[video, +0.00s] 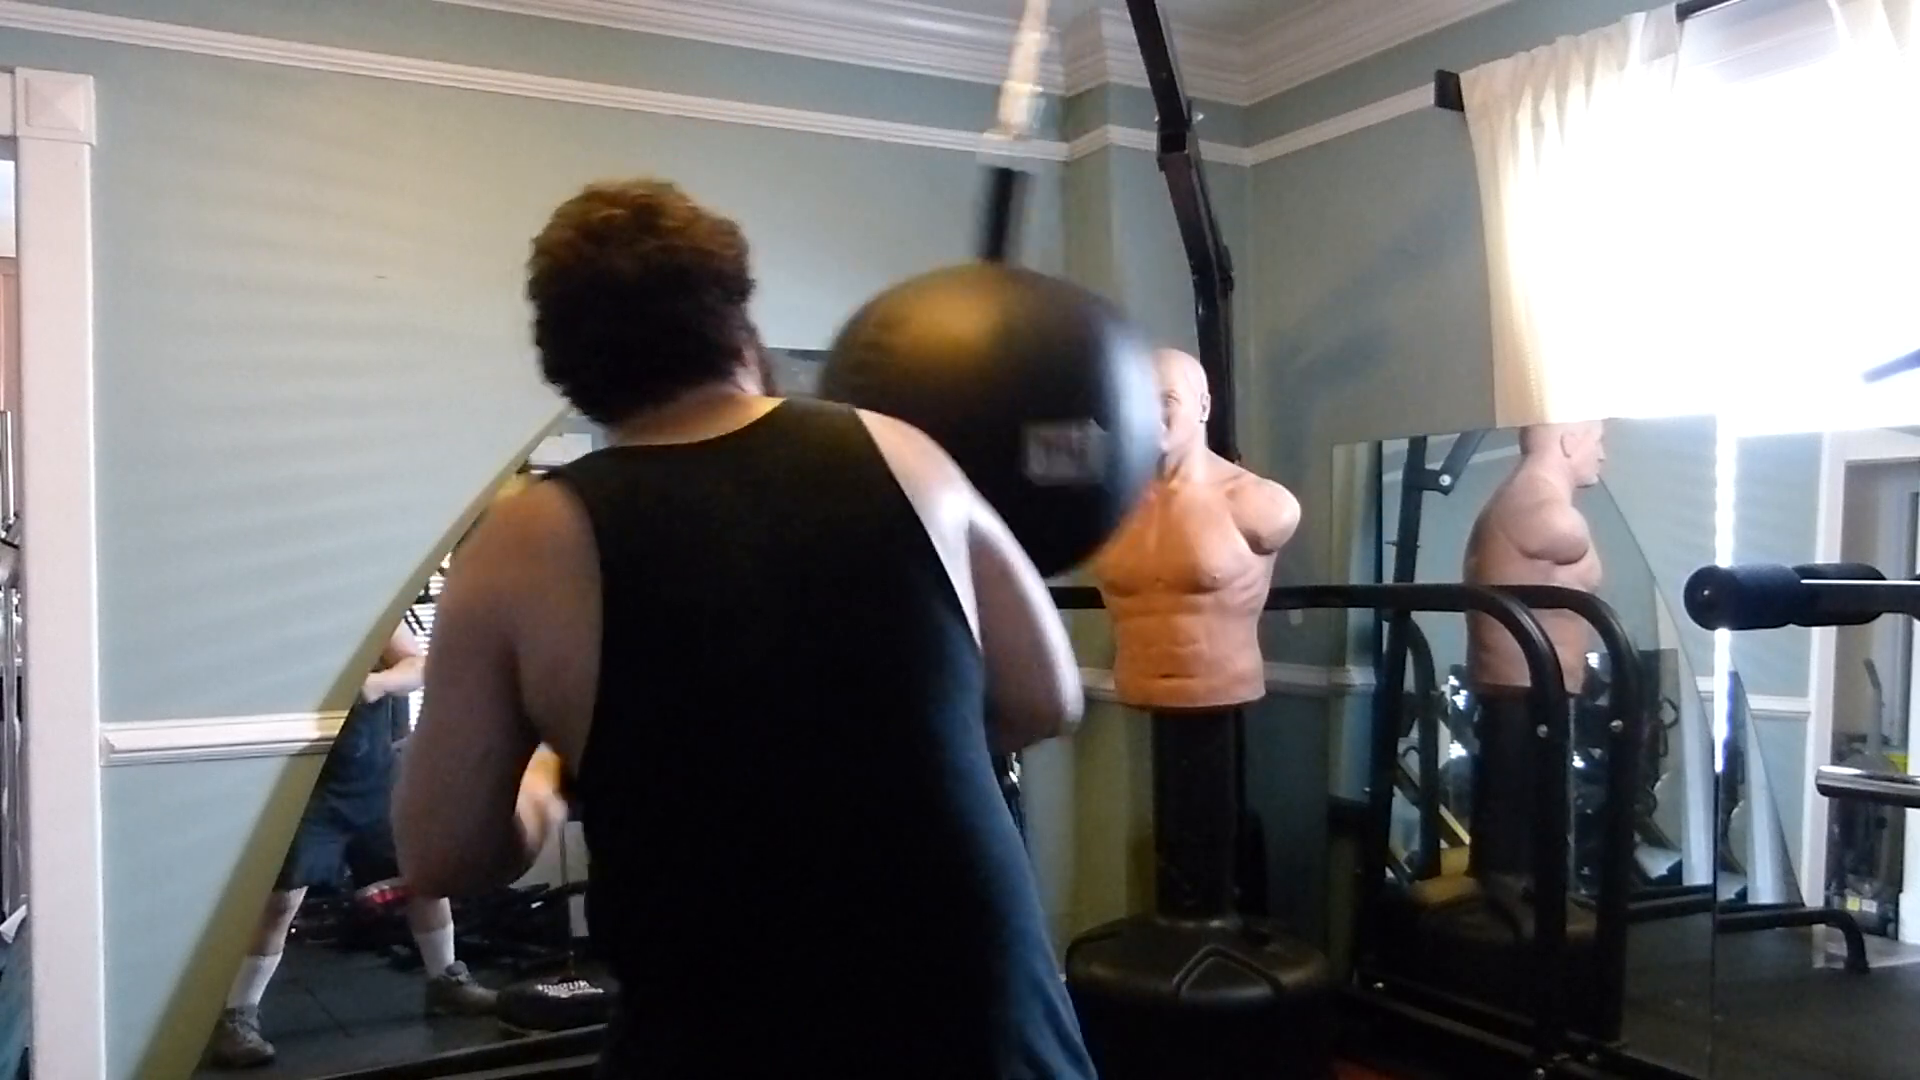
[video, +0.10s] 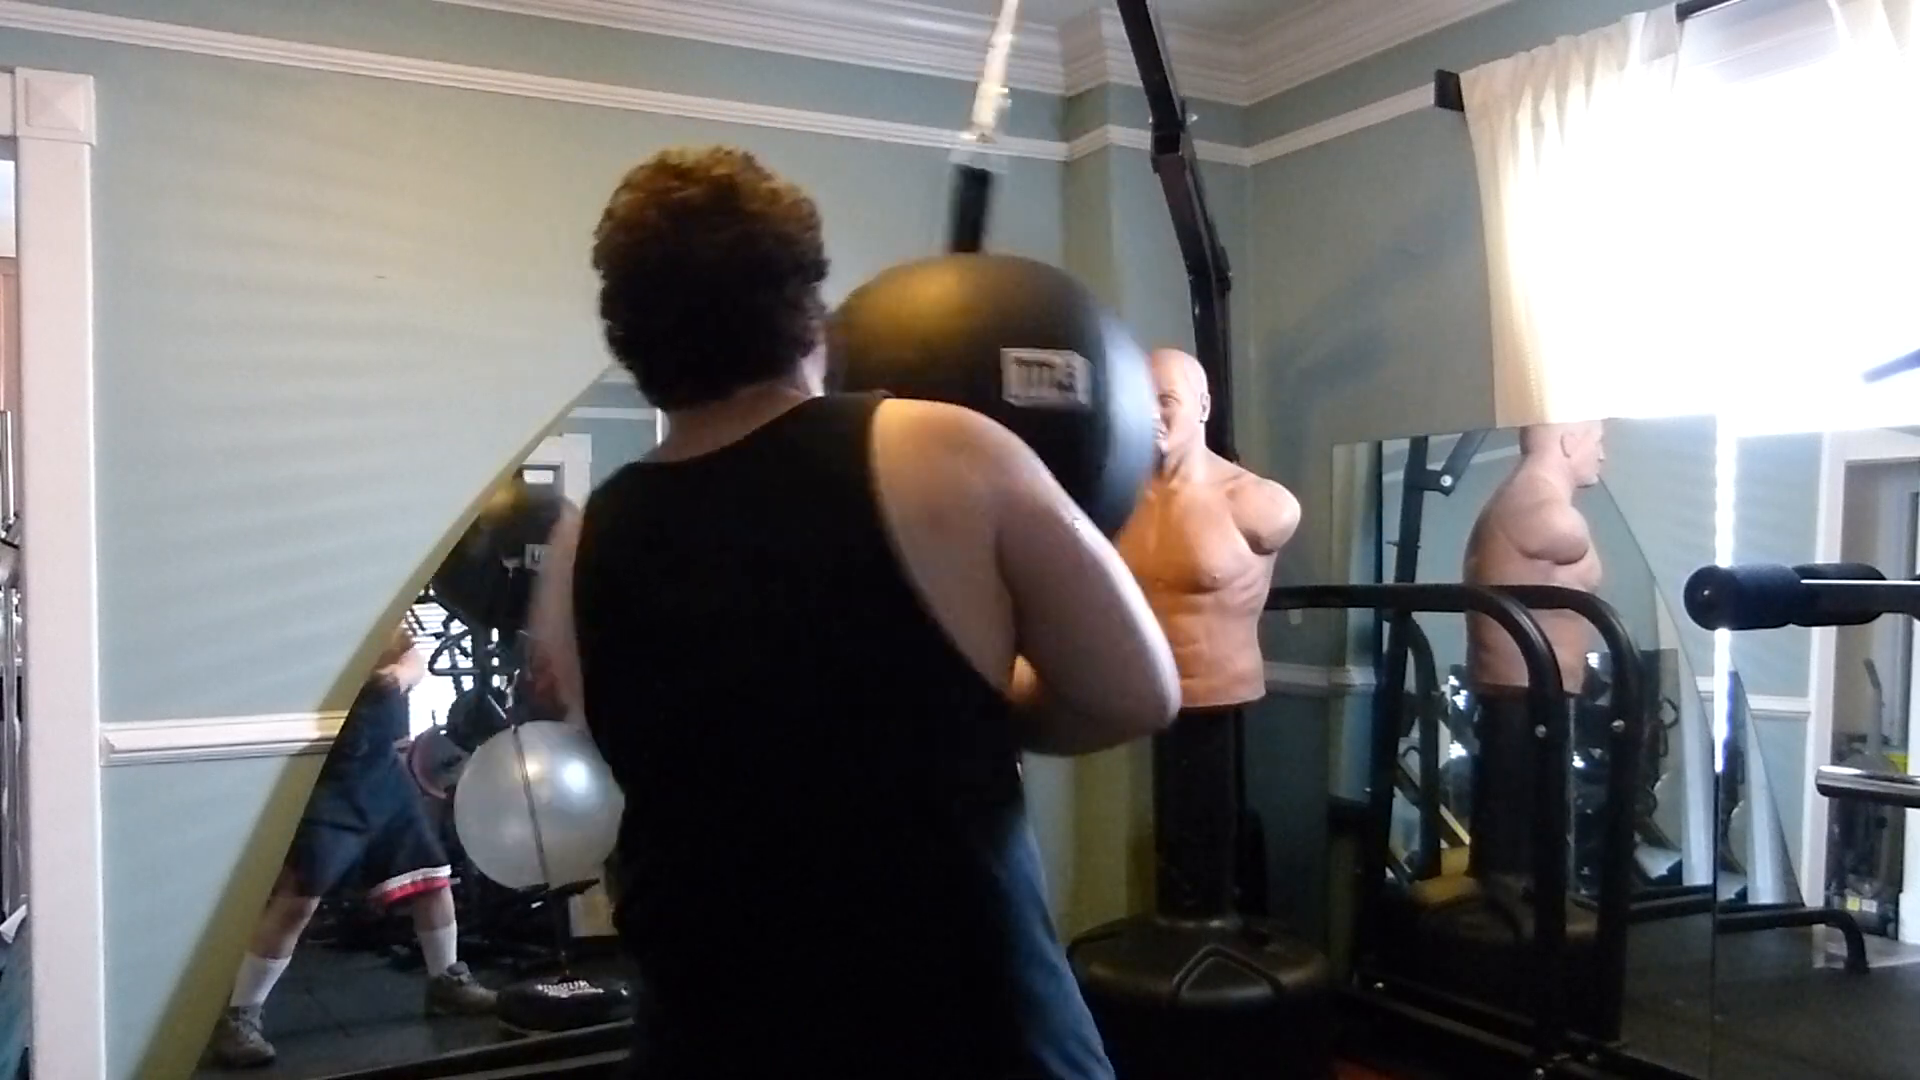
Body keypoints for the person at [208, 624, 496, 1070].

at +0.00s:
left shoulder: (369, 612)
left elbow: (419, 664)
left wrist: (380, 681)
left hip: (382, 783)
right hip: (310, 792)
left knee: (425, 870)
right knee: (281, 898)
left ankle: (447, 979)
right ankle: (240, 1015)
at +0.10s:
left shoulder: (377, 598)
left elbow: (416, 654)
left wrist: (397, 674)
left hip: (385, 768)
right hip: (325, 777)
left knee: (433, 876)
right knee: (298, 894)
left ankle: (447, 980)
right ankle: (242, 1016)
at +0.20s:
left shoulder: (385, 602)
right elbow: (401, 642)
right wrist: (464, 588)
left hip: (392, 776)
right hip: (340, 777)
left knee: (435, 872)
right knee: (326, 898)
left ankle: (447, 981)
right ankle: (245, 1015)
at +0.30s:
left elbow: (418, 641)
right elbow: (420, 638)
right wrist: (435, 570)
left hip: (390, 786)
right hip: (340, 789)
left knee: (433, 872)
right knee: (326, 903)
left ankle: (445, 980)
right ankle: (246, 1014)